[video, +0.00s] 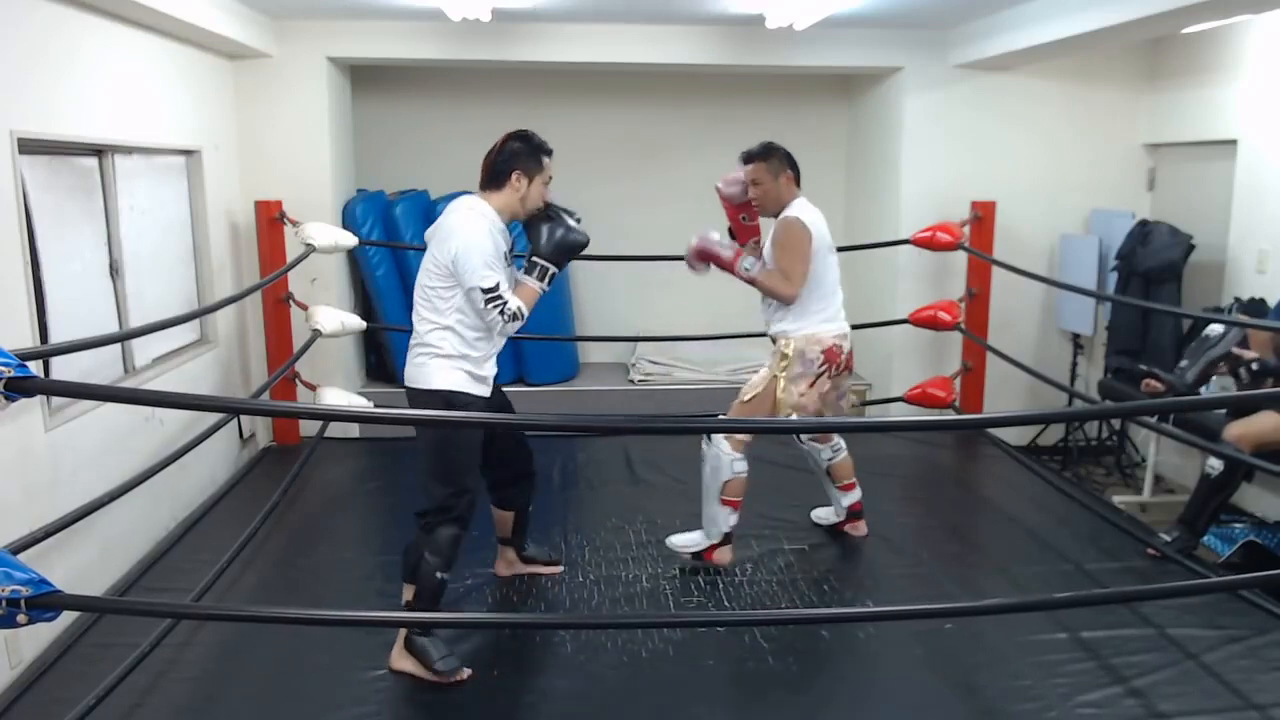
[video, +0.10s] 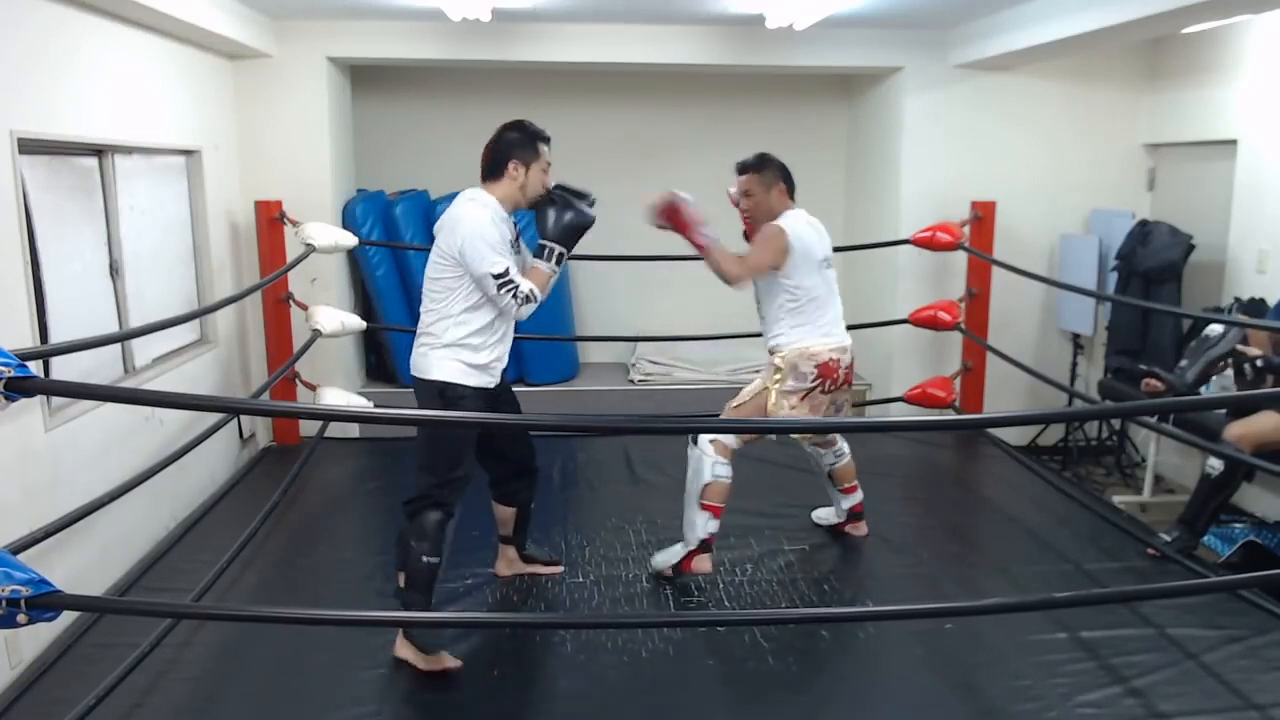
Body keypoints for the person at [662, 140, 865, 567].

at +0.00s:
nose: (751, 194)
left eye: (757, 183)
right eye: (748, 186)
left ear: (787, 179)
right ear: (788, 182)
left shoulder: (793, 223)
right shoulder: (802, 215)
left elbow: (788, 288)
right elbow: (766, 266)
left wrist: (734, 261)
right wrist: (741, 218)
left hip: (804, 353)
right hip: (828, 348)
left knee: (728, 435)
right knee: (817, 431)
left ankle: (718, 538)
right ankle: (853, 514)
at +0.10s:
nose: (741, 205)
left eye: (749, 195)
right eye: (738, 197)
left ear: (781, 192)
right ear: (784, 195)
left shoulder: (778, 233)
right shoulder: (812, 226)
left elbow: (735, 272)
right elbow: (771, 269)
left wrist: (696, 235)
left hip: (801, 365)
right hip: (838, 361)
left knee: (715, 440)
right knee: (816, 430)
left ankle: (698, 549)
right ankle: (853, 515)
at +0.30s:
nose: (714, 196)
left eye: (719, 185)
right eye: (713, 186)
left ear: (748, 180)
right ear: (757, 183)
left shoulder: (736, 220)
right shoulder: (806, 219)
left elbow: (659, 237)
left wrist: (600, 226)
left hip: (773, 364)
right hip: (827, 359)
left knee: (708, 461)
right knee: (834, 448)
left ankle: (692, 571)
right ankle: (873, 547)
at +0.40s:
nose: (721, 189)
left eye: (727, 177)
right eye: (721, 179)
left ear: (758, 174)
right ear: (764, 177)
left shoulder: (744, 225)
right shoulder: (817, 218)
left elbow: (694, 281)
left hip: (762, 372)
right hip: (823, 369)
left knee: (710, 471)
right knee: (840, 468)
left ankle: (689, 576)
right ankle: (871, 570)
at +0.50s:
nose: (737, 190)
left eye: (741, 178)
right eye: (736, 179)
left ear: (772, 173)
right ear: (785, 176)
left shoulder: (756, 230)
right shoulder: (832, 222)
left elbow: (737, 309)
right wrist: (750, 221)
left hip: (768, 378)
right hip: (832, 377)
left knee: (720, 478)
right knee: (845, 489)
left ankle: (685, 578)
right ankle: (872, 607)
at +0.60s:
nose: (754, 190)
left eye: (760, 180)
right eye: (754, 181)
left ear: (790, 177)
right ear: (801, 180)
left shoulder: (771, 235)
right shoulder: (849, 228)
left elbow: (759, 316)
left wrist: (737, 362)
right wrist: (768, 219)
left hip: (781, 388)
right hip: (846, 389)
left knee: (728, 484)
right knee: (854, 504)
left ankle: (687, 579)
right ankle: (872, 626)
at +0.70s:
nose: (762, 180)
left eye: (769, 169)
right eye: (763, 170)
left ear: (799, 167)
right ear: (812, 170)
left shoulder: (780, 222)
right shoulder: (859, 222)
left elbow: (757, 303)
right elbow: (826, 297)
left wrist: (724, 340)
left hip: (785, 381)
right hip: (854, 383)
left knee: (733, 485)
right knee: (860, 501)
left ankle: (718, 598)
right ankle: (874, 629)